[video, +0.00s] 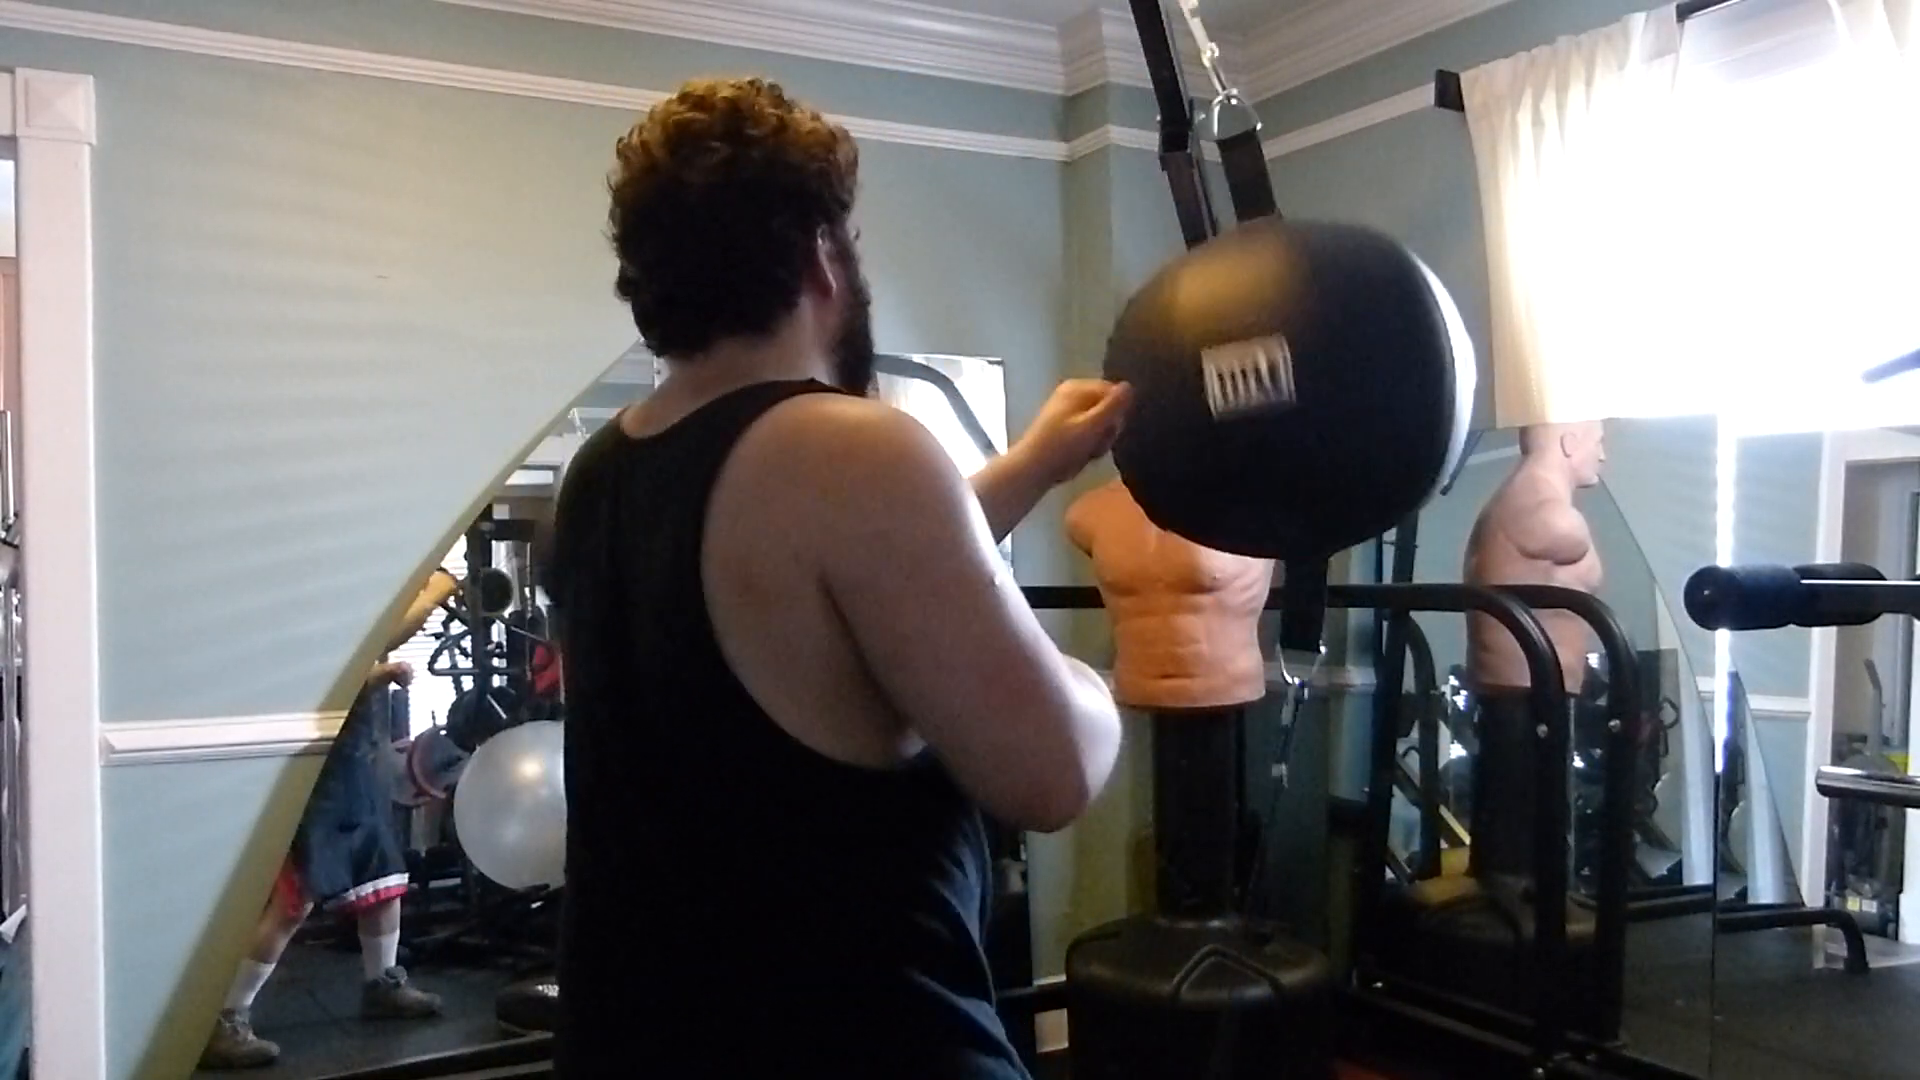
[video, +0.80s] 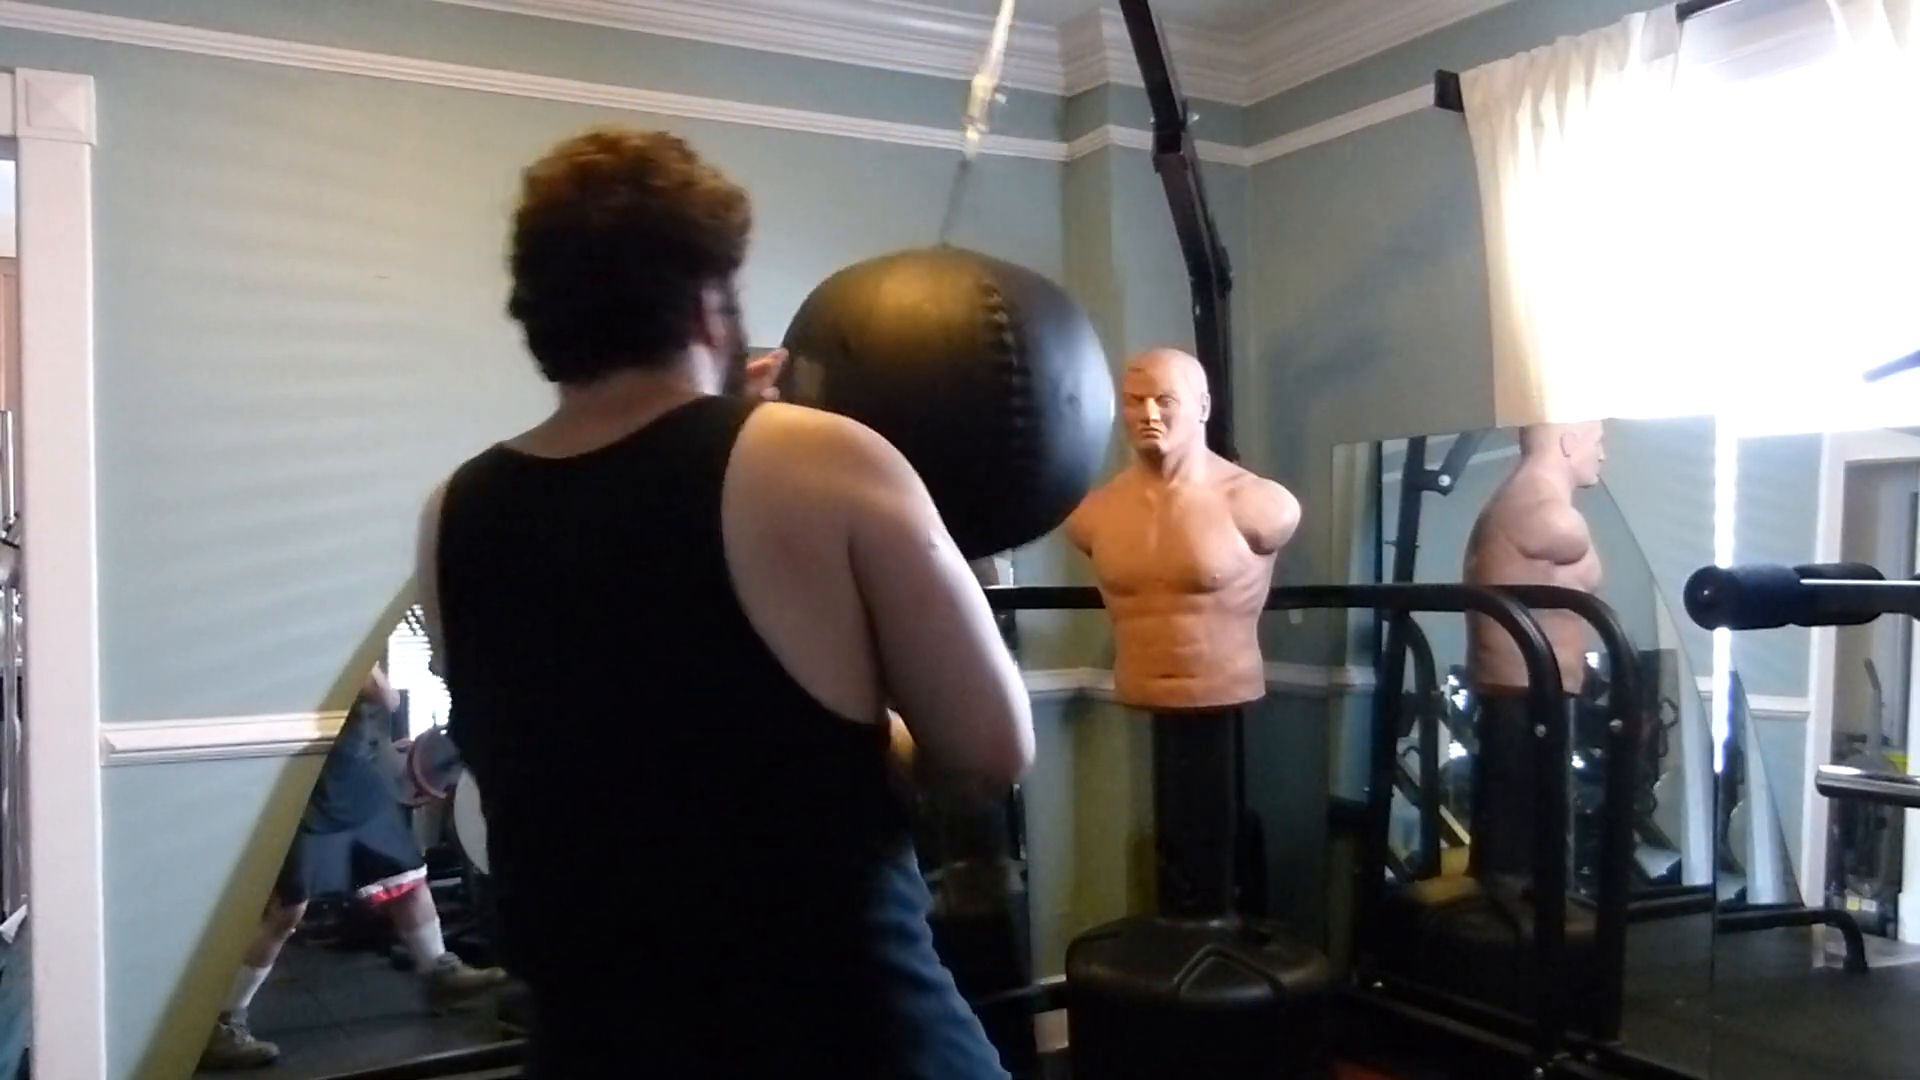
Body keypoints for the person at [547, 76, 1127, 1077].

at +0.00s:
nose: (857, 271)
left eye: (854, 244)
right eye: (853, 244)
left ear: (647, 276)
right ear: (822, 259)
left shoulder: (599, 474)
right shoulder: (861, 455)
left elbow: (815, 604)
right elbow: (1052, 777)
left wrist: (1036, 461)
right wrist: (1080, 679)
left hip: (637, 1020)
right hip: (875, 1029)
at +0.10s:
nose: (837, 287)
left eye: (832, 256)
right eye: (830, 254)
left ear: (627, 288)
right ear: (798, 264)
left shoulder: (562, 487)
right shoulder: (853, 449)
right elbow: (1074, 745)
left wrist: (909, 507)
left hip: (617, 1012)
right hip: (861, 1019)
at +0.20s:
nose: (796, 284)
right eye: (787, 257)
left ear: (583, 305)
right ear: (763, 274)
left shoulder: (514, 507)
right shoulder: (904, 437)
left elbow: (538, 721)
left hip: (593, 1031)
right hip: (866, 1033)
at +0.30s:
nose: (763, 282)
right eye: (751, 256)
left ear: (553, 323)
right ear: (736, 277)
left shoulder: (496, 509)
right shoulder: (912, 433)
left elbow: (517, 707)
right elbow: (1040, 541)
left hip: (610, 1031)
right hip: (893, 1024)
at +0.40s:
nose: (726, 299)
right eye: (717, 277)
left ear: (519, 335)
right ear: (701, 293)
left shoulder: (459, 516)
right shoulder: (875, 442)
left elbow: (491, 750)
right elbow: (1059, 622)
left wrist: (438, 650)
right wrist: (881, 633)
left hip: (625, 1038)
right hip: (912, 1026)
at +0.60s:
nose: (674, 326)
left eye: (663, 296)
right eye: (663, 300)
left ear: (468, 356)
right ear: (638, 313)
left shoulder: (402, 545)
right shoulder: (811, 448)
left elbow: (452, 767)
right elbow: (984, 688)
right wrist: (798, 736)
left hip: (598, 1038)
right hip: (871, 1018)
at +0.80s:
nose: (743, 312)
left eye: (740, 293)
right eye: (736, 291)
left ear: (536, 316)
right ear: (710, 305)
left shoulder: (454, 518)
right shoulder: (835, 466)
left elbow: (533, 757)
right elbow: (995, 750)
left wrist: (716, 430)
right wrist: (855, 745)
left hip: (592, 1028)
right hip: (848, 1023)